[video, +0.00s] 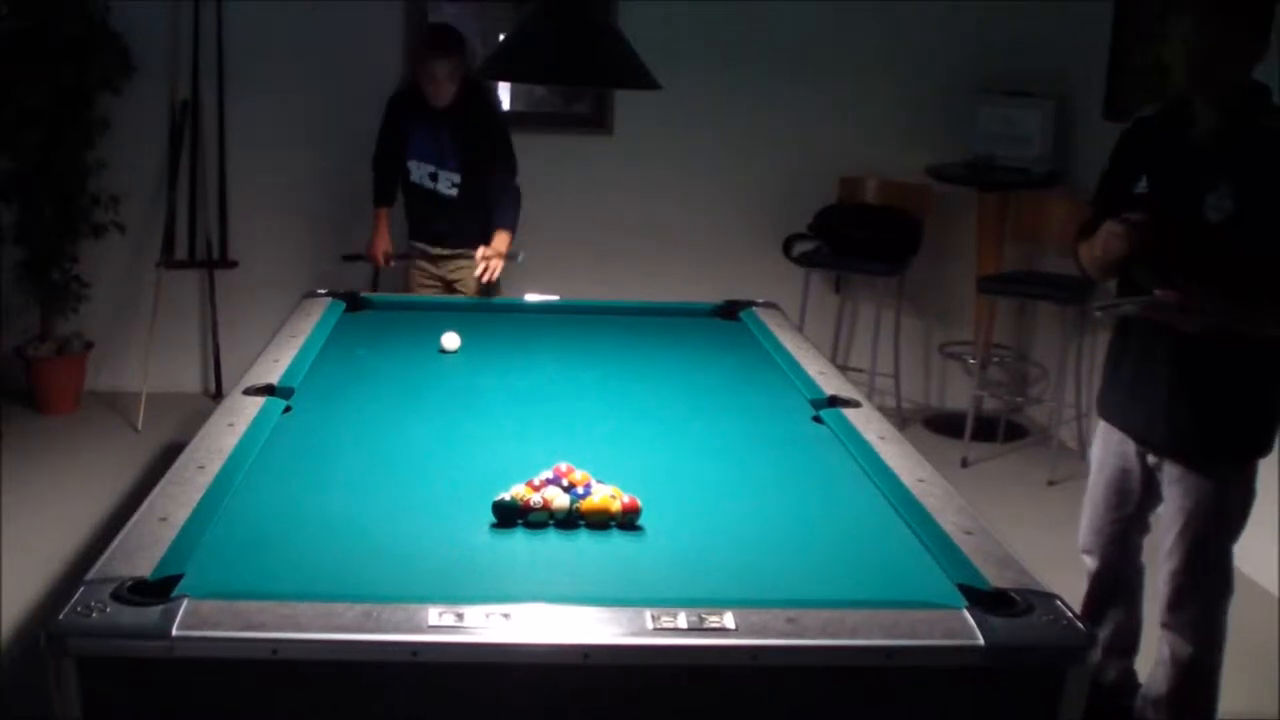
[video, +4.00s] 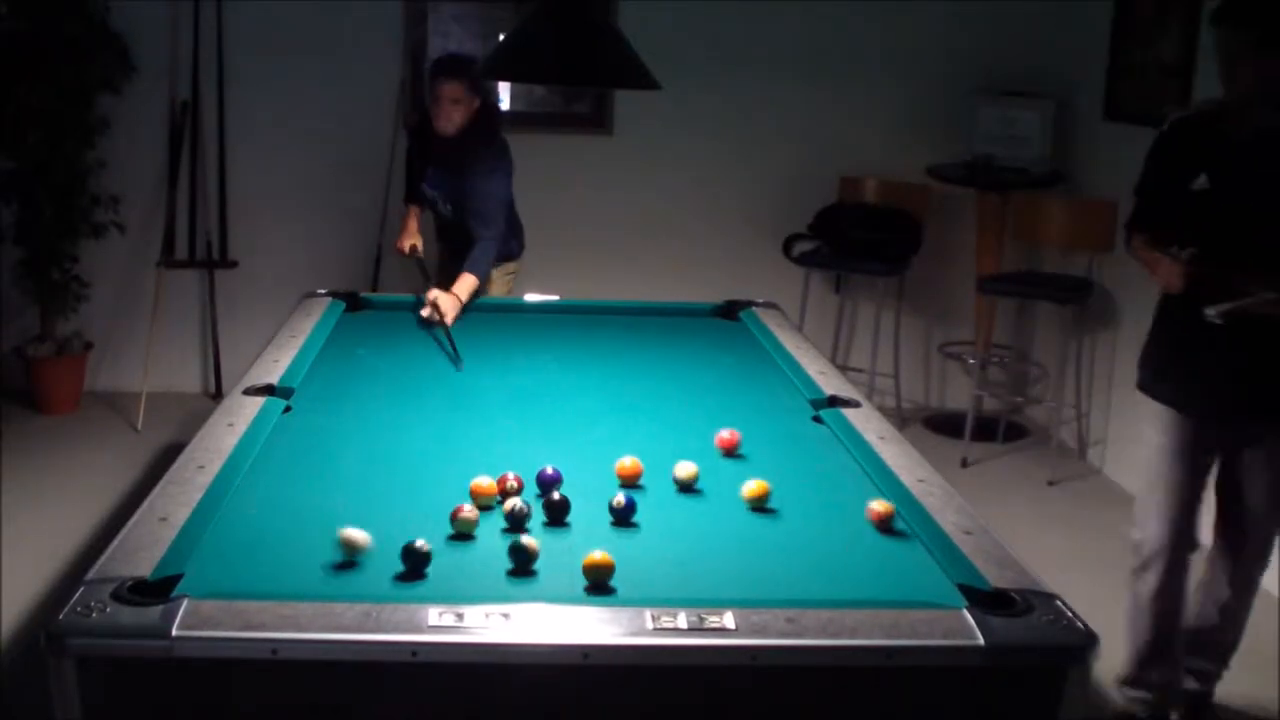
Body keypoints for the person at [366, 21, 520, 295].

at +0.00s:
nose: (440, 86)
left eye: (449, 77)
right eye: (431, 77)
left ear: (461, 74)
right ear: (418, 74)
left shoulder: (481, 112)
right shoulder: (403, 107)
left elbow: (505, 185)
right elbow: (384, 168)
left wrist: (499, 246)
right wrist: (381, 230)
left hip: (473, 258)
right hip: (422, 255)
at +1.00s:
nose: (425, 207)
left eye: (434, 197)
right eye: (418, 197)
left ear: (449, 180)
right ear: (406, 186)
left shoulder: (468, 197)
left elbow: (488, 265)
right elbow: (389, 146)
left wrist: (459, 306)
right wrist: (394, 205)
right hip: (433, 240)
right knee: (431, 308)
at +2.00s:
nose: (416, 207)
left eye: (426, 196)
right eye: (408, 198)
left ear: (440, 184)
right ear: (395, 189)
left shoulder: (465, 201)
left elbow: (481, 262)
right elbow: (382, 152)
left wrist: (456, 308)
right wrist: (387, 216)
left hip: (489, 248)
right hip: (438, 243)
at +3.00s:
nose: (413, 206)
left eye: (421, 196)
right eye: (404, 197)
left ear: (436, 183)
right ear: (392, 188)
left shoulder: (460, 200)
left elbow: (476, 261)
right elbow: (377, 161)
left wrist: (456, 308)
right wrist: (384, 227)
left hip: (492, 248)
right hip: (441, 245)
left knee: (485, 327)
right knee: (425, 319)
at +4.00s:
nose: (444, 112)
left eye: (455, 103)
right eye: (438, 102)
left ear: (475, 105)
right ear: (429, 102)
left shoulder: (488, 147)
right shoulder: (423, 134)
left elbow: (489, 233)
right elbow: (415, 178)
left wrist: (457, 295)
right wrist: (411, 225)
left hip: (494, 252)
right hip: (450, 245)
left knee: (486, 339)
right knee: (444, 333)